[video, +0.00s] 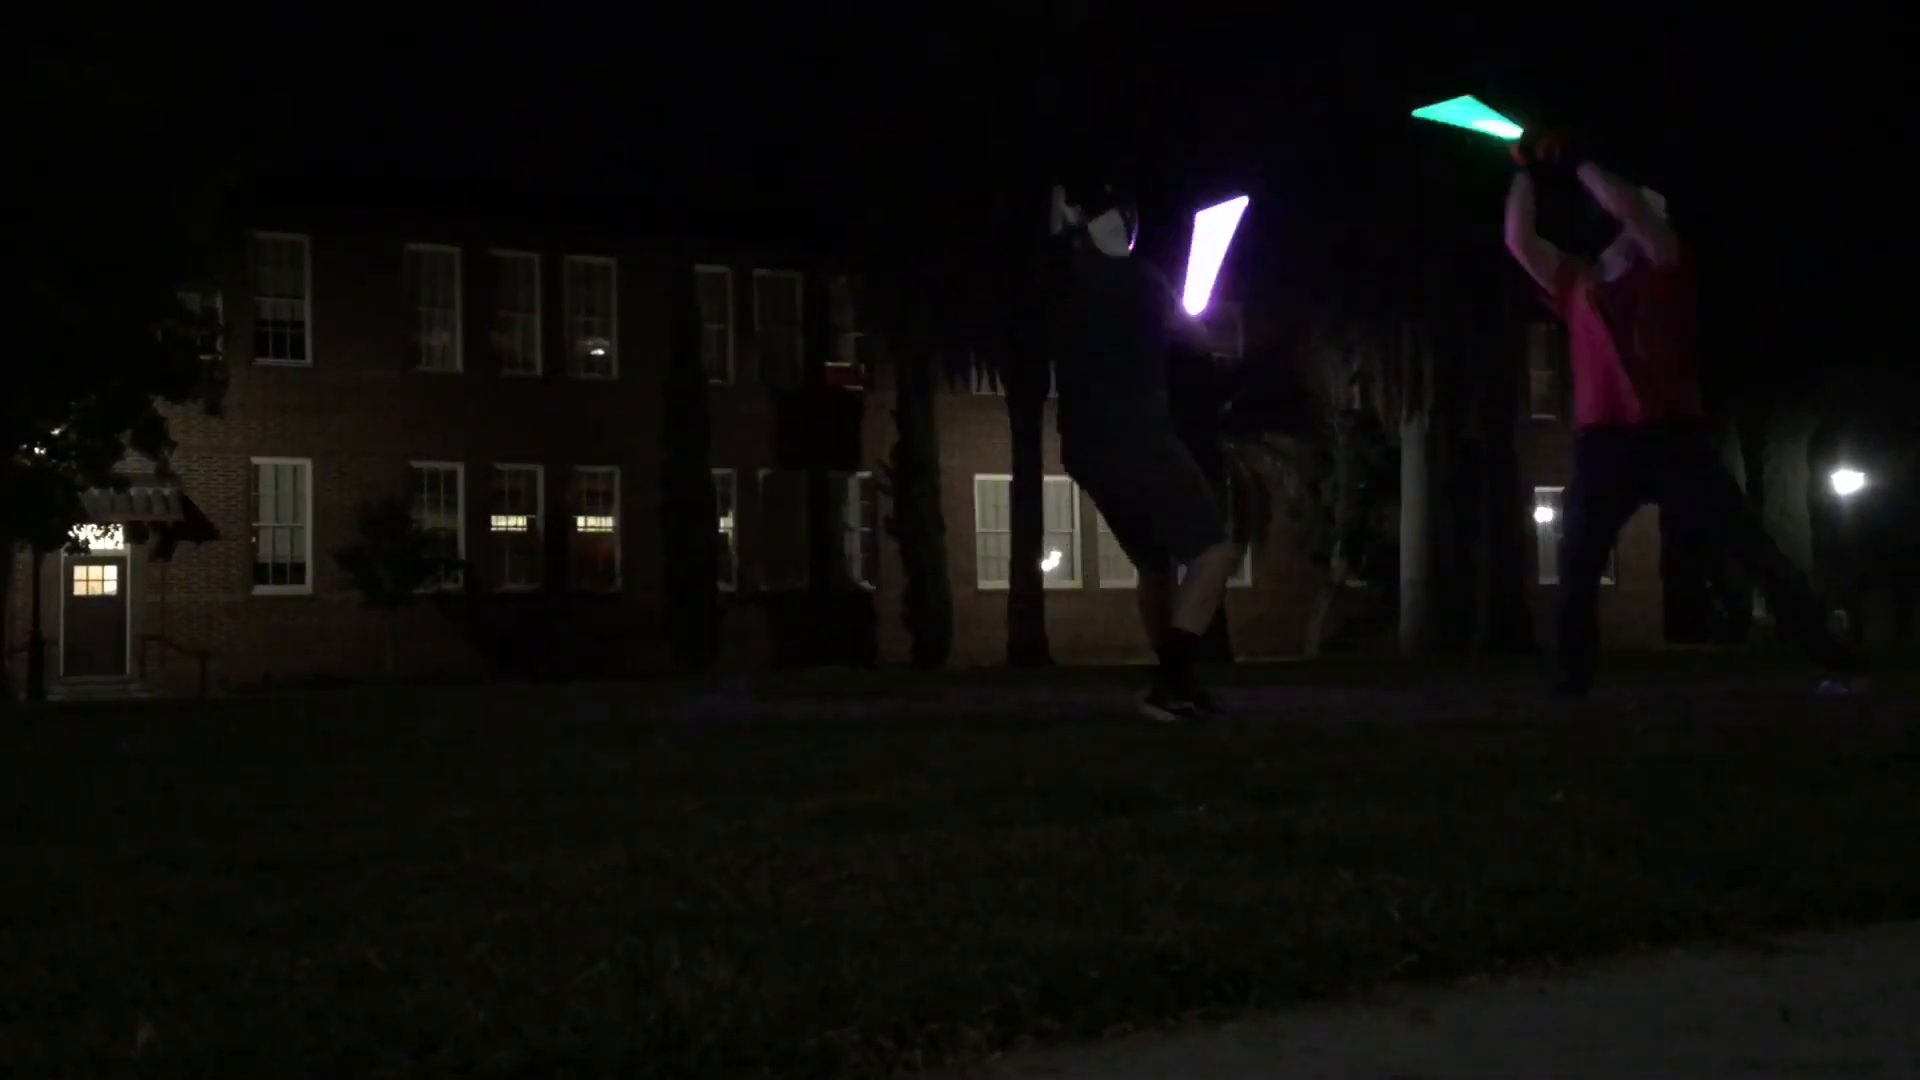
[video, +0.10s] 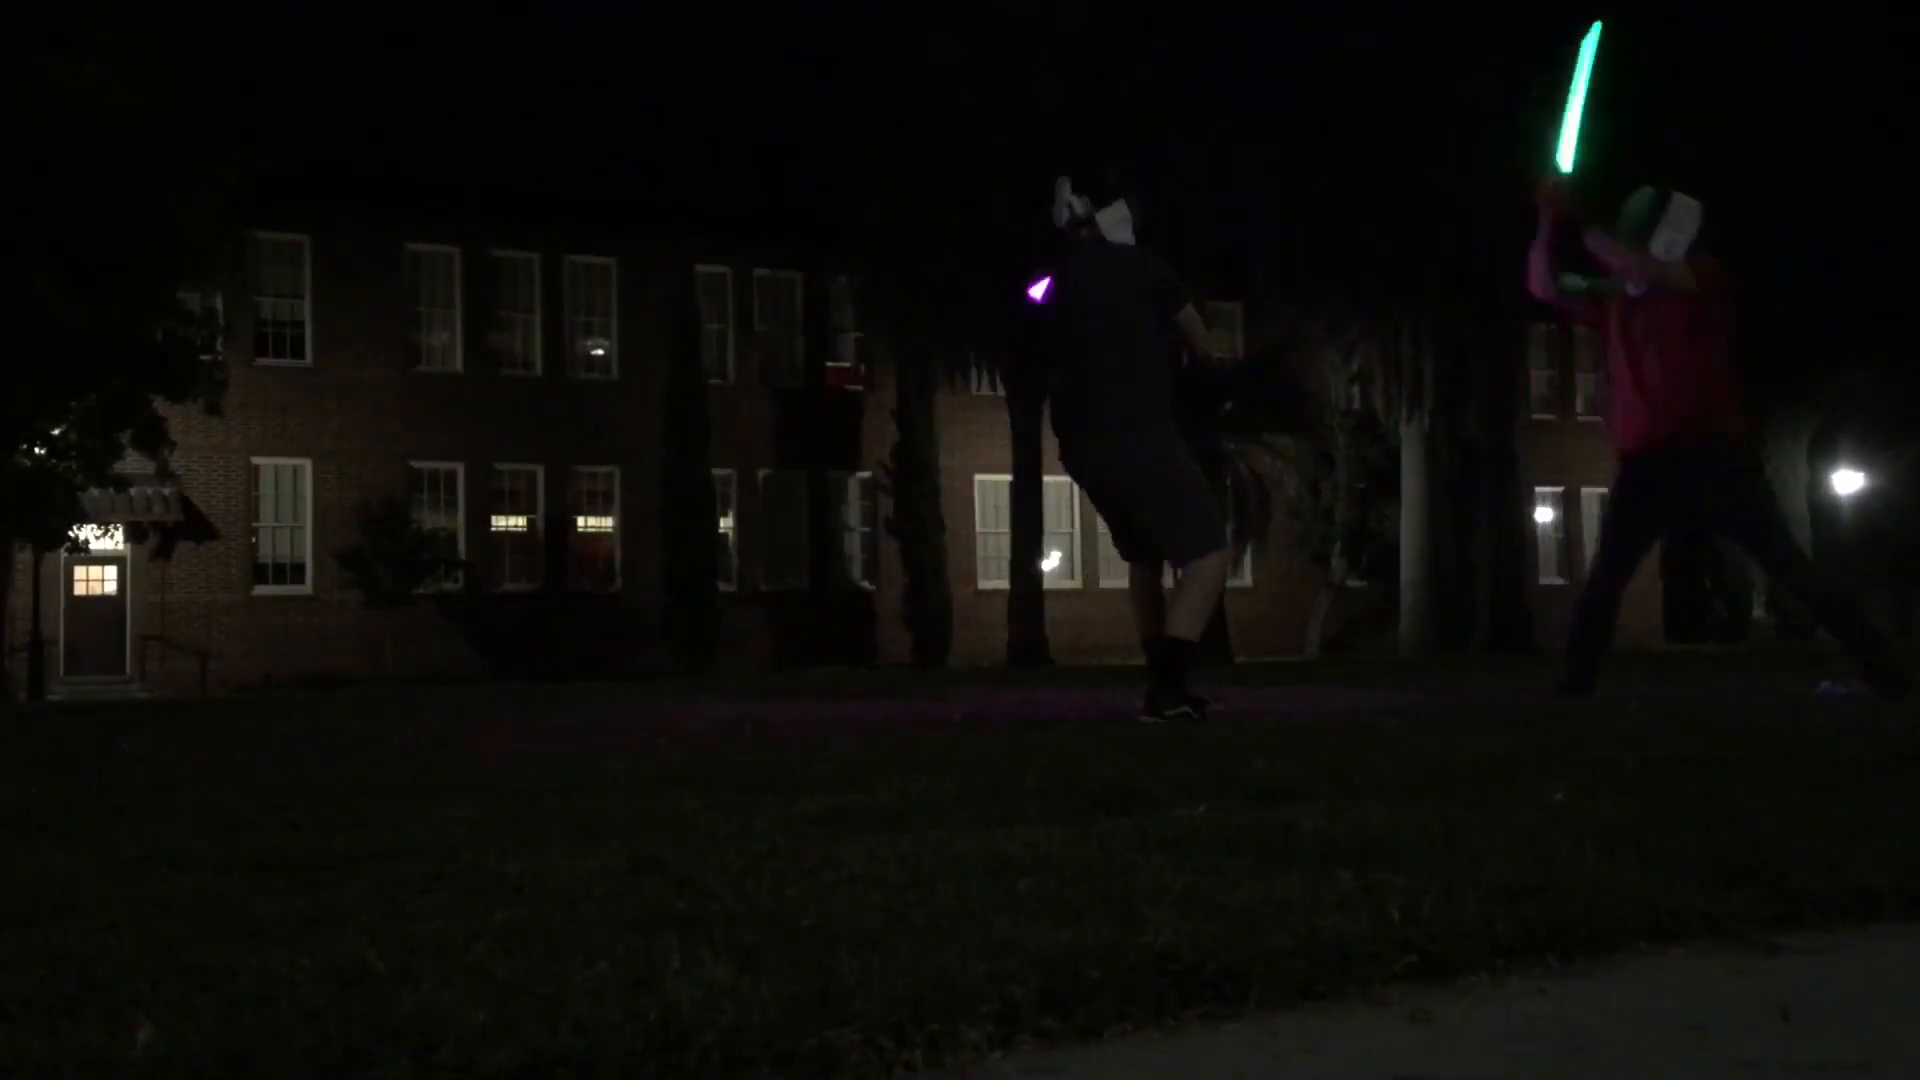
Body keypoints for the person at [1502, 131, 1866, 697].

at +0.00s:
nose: (1624, 228)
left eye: (1635, 217)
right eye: (1620, 218)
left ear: (1651, 227)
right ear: (1605, 226)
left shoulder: (1666, 269)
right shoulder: (1577, 282)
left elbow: (1628, 209)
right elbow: (1519, 240)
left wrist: (1575, 160)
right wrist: (1524, 172)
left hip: (1673, 438)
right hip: (1604, 443)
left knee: (1747, 549)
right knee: (1578, 563)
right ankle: (1571, 680)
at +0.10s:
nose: (1626, 266)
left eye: (1638, 254)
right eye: (1624, 257)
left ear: (1667, 244)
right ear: (1632, 250)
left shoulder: (1702, 286)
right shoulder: (1618, 300)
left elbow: (1642, 269)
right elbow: (1544, 289)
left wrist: (1584, 231)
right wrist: (1548, 223)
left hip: (1713, 455)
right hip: (1646, 462)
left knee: (1789, 571)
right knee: (1607, 578)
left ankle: (1882, 670)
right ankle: (1573, 689)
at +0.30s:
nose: (1682, 239)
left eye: (1696, 228)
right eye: (1682, 228)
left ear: (1727, 234)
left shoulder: (1762, 286)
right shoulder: (1681, 305)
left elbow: (1726, 346)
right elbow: (1635, 353)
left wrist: (1653, 347)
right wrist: (1599, 328)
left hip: (1769, 457)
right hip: (1700, 464)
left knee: (1828, 572)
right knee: (1649, 575)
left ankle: (1887, 676)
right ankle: (1595, 678)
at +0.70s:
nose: (1654, 267)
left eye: (1666, 253)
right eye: (1649, 257)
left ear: (1693, 242)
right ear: (1647, 252)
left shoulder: (1721, 290)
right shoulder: (1641, 308)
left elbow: (1699, 368)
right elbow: (1620, 370)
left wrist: (1626, 390)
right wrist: (1594, 386)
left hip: (1739, 457)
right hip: (1672, 462)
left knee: (1802, 568)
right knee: (1616, 564)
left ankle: (1885, 677)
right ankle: (1603, 676)